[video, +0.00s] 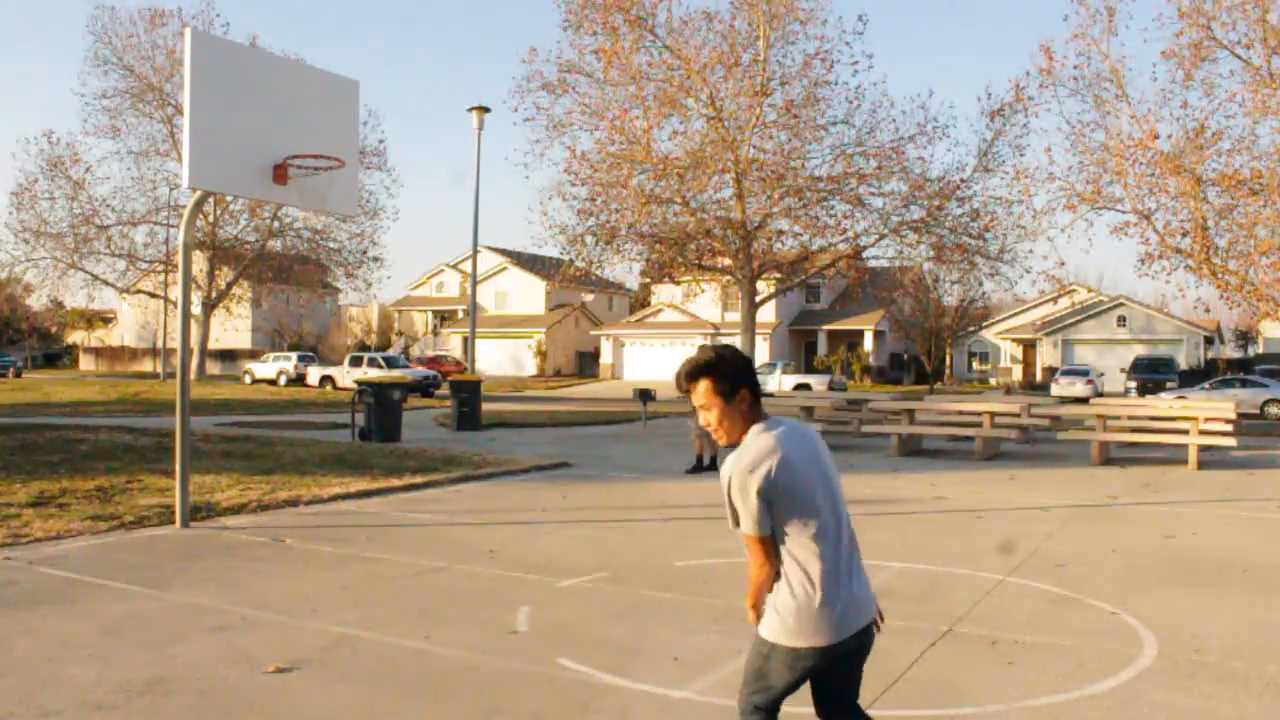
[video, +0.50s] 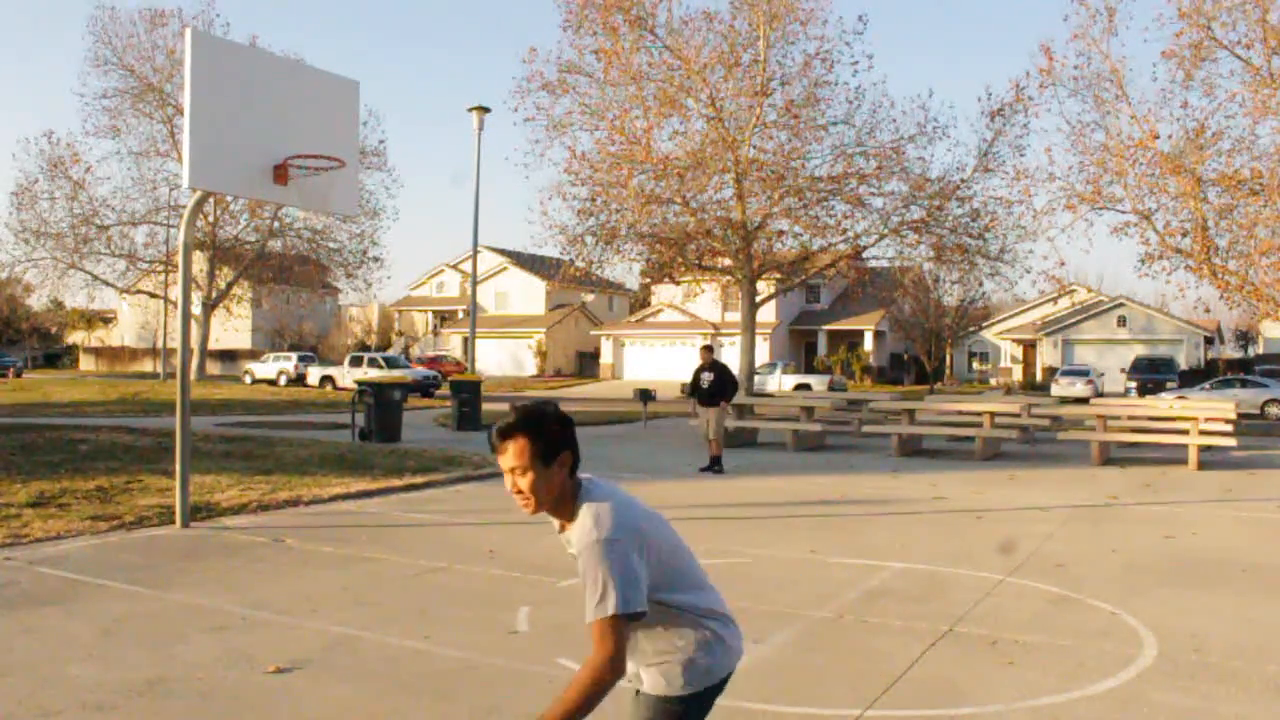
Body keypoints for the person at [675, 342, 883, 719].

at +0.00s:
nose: (703, 422)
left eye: (708, 408)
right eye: (698, 411)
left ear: (743, 398)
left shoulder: (743, 465)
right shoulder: (804, 434)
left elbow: (765, 563)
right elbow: (835, 528)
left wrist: (754, 604)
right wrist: (861, 594)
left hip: (802, 623)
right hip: (856, 611)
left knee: (755, 707)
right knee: (840, 710)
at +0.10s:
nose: (710, 458)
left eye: (718, 446)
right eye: (706, 445)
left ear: (756, 439)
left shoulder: (756, 507)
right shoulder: (804, 469)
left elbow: (784, 604)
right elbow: (851, 550)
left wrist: (762, 600)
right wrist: (887, 611)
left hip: (823, 656)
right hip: (868, 640)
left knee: (743, 710)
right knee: (841, 714)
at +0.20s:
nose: (696, 474)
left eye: (705, 461)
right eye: (691, 462)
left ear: (741, 456)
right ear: (688, 459)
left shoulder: (755, 515)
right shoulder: (779, 485)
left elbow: (790, 620)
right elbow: (828, 571)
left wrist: (748, 624)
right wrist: (861, 627)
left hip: (815, 662)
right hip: (849, 646)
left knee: (712, 712)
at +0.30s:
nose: (653, 461)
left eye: (662, 447)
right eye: (647, 448)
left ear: (700, 440)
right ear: (641, 447)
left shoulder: (721, 504)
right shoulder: (725, 473)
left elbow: (767, 603)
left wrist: (706, 645)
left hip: (788, 642)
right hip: (808, 629)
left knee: (687, 714)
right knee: (831, 715)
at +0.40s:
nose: (587, 462)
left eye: (596, 448)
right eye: (581, 449)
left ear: (635, 441)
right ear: (575, 445)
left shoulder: (669, 509)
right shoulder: (648, 484)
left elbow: (702, 622)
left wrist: (628, 689)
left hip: (740, 640)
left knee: (677, 712)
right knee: (773, 714)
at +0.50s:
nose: (511, 487)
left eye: (520, 472)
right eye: (506, 474)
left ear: (562, 464)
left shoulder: (602, 531)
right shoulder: (574, 506)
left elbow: (609, 661)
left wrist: (549, 716)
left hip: (690, 656)